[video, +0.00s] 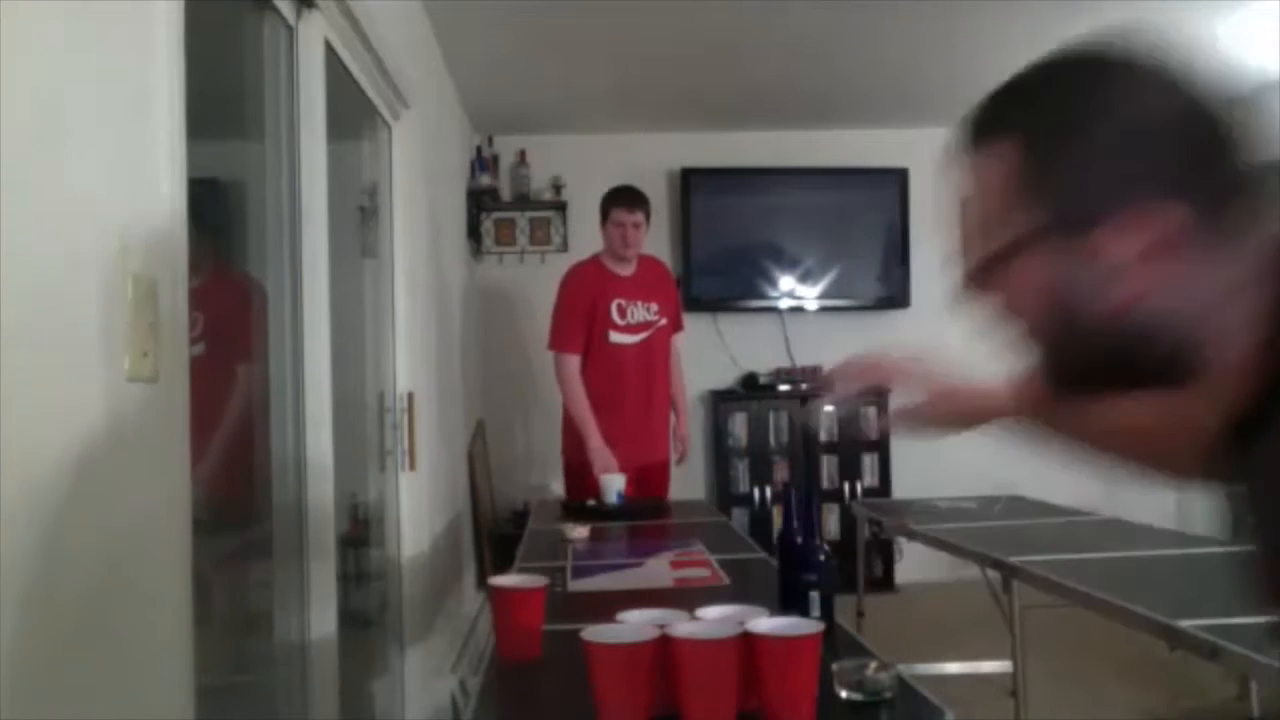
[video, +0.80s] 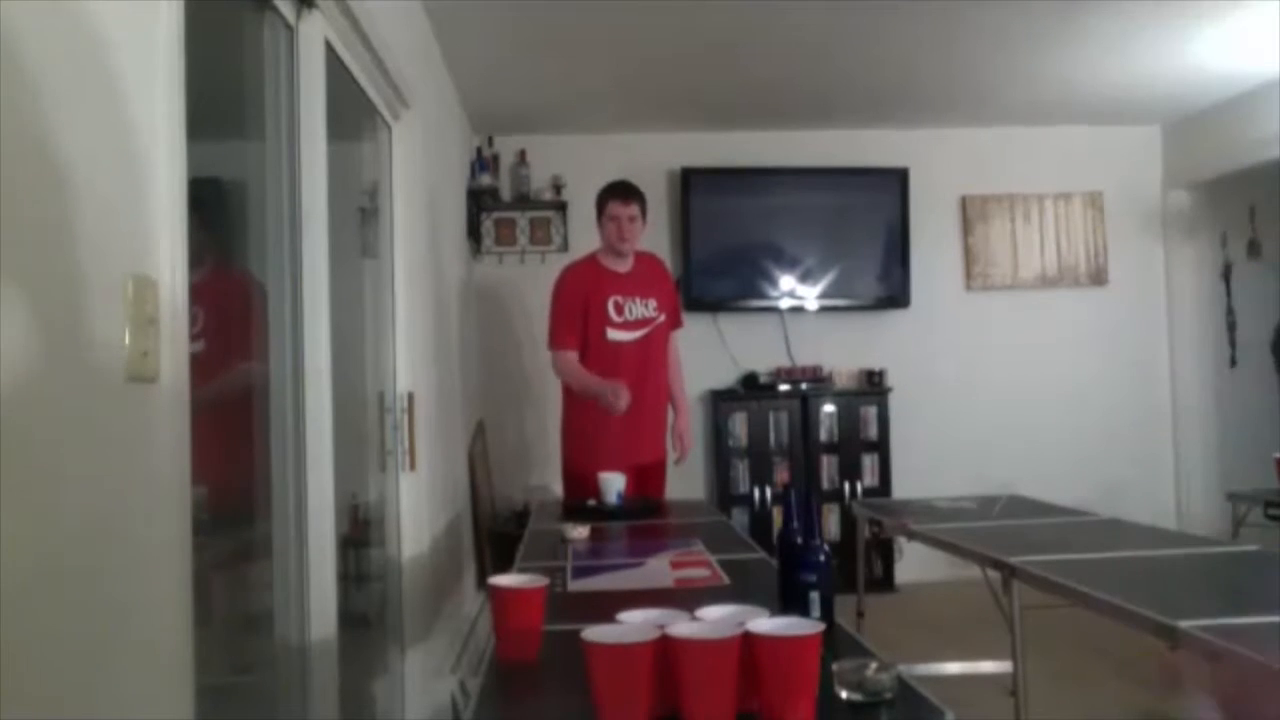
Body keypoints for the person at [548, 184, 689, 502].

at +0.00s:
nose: (628, 235)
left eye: (636, 226)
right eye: (619, 226)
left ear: (647, 230)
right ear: (603, 228)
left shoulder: (660, 276)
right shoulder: (581, 280)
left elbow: (671, 353)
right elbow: (567, 369)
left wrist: (681, 419)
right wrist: (596, 447)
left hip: (652, 445)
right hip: (596, 450)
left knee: (651, 545)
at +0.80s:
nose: (623, 229)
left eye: (632, 220)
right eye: (613, 220)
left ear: (644, 225)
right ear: (599, 224)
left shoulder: (657, 272)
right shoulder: (576, 279)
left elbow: (669, 348)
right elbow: (564, 361)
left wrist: (681, 413)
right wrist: (601, 388)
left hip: (647, 438)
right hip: (593, 442)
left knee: (648, 540)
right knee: (594, 541)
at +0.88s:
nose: (624, 229)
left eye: (632, 220)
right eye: (614, 220)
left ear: (643, 225)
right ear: (599, 224)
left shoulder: (657, 272)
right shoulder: (576, 278)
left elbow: (668, 348)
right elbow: (566, 362)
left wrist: (681, 412)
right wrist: (603, 377)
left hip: (648, 439)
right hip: (593, 443)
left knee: (648, 541)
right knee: (594, 542)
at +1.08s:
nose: (623, 229)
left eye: (632, 220)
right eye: (614, 220)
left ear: (644, 225)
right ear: (599, 224)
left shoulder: (655, 271)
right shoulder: (577, 277)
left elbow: (667, 346)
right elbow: (570, 351)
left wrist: (680, 412)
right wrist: (606, 326)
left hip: (646, 433)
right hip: (593, 436)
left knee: (648, 540)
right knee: (594, 541)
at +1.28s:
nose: (622, 228)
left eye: (632, 219)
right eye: (613, 218)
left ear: (644, 225)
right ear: (600, 222)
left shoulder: (654, 270)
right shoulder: (579, 274)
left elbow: (668, 346)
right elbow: (582, 337)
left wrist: (681, 412)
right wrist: (609, 275)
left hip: (647, 435)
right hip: (594, 436)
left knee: (648, 542)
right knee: (594, 543)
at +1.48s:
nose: (625, 226)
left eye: (633, 216)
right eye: (616, 216)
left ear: (646, 222)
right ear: (602, 219)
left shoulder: (655, 268)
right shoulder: (582, 270)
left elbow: (670, 345)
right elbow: (587, 319)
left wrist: (684, 411)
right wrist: (610, 242)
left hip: (648, 436)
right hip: (596, 438)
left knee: (649, 543)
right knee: (594, 548)